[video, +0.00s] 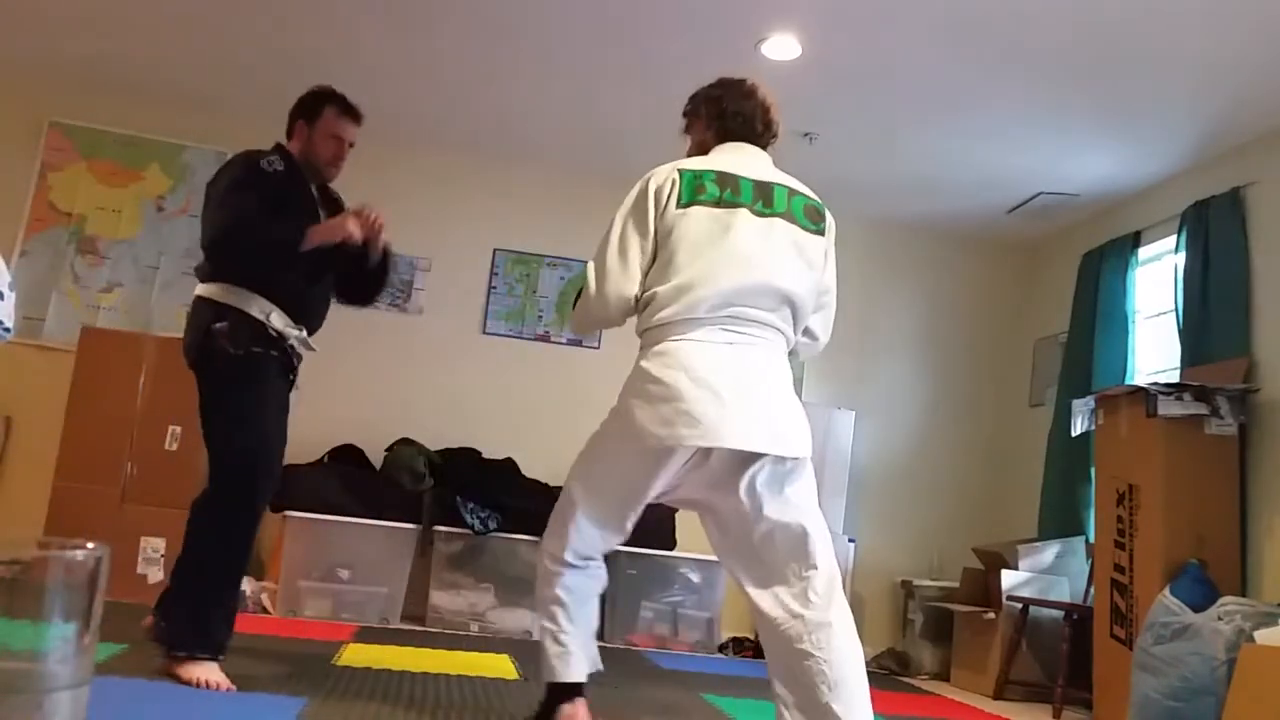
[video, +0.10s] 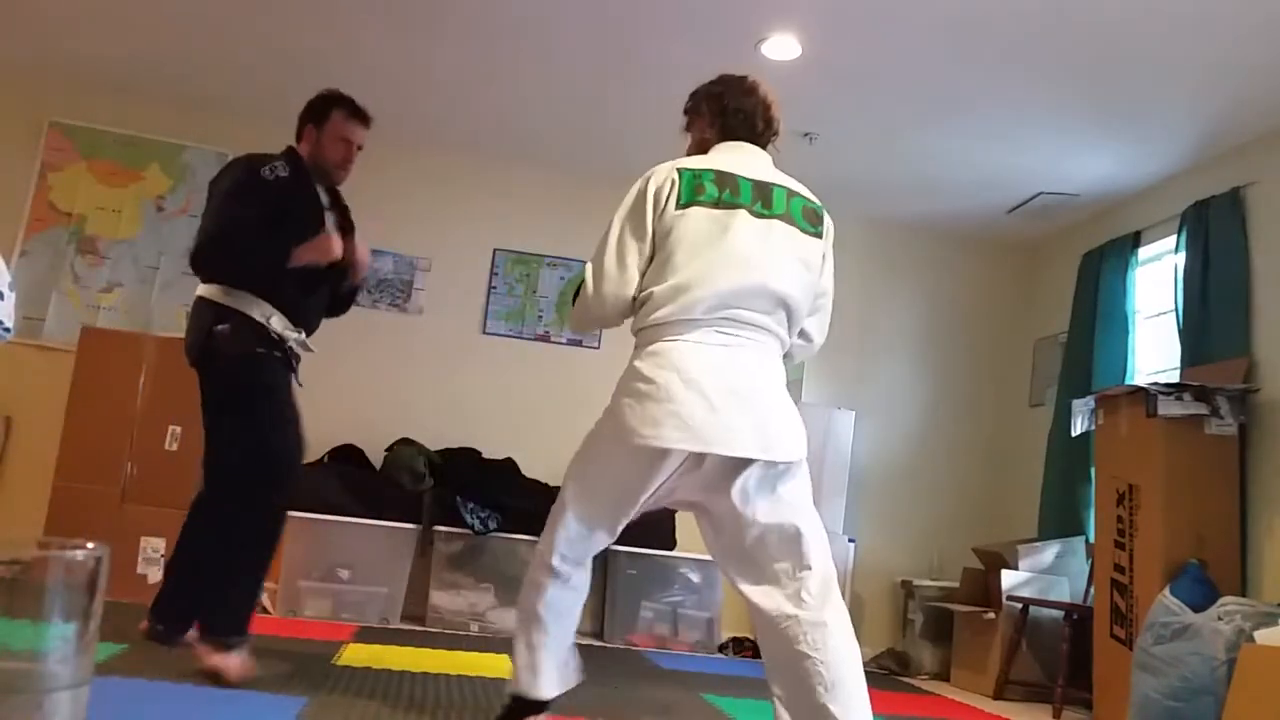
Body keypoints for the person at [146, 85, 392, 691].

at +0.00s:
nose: (342, 154)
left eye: (350, 145)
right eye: (334, 140)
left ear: (350, 149)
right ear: (300, 131)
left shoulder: (327, 205)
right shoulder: (255, 170)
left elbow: (356, 289)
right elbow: (233, 245)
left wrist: (373, 249)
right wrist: (321, 234)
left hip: (274, 348)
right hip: (236, 332)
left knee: (246, 489)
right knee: (242, 489)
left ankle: (178, 614)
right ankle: (192, 646)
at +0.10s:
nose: (352, 157)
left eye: (358, 149)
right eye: (344, 143)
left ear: (354, 150)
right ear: (309, 133)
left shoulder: (333, 211)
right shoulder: (256, 174)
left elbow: (326, 302)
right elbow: (212, 257)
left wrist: (352, 275)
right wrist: (294, 255)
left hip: (269, 346)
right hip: (232, 330)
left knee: (232, 482)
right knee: (275, 471)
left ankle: (170, 619)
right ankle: (223, 633)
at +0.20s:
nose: (362, 165)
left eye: (369, 156)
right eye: (355, 150)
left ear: (364, 156)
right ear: (319, 139)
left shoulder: (341, 218)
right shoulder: (259, 177)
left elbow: (322, 314)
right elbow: (210, 254)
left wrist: (348, 301)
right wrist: (294, 279)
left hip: (263, 341)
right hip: (231, 332)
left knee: (216, 485)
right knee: (286, 474)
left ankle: (170, 620)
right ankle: (250, 633)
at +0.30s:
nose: (364, 168)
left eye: (371, 159)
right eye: (358, 154)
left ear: (364, 159)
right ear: (323, 143)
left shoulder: (335, 213)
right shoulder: (273, 180)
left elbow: (322, 293)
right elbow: (221, 256)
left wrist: (363, 292)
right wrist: (300, 294)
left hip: (250, 346)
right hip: (243, 344)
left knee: (194, 482)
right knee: (280, 493)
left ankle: (157, 614)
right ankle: (253, 639)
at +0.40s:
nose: (360, 168)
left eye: (366, 160)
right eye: (353, 154)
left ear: (362, 161)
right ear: (319, 143)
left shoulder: (331, 218)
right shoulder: (274, 180)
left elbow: (317, 296)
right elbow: (240, 260)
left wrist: (372, 281)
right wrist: (327, 275)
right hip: (242, 348)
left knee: (174, 475)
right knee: (277, 494)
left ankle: (105, 596)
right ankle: (249, 637)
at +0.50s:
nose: (347, 175)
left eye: (353, 167)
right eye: (340, 161)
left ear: (349, 169)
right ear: (306, 151)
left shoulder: (319, 221)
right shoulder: (264, 188)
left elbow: (318, 302)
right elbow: (256, 266)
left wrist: (364, 278)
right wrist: (342, 259)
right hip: (230, 350)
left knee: (153, 477)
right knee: (284, 498)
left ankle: (66, 600)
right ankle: (253, 640)